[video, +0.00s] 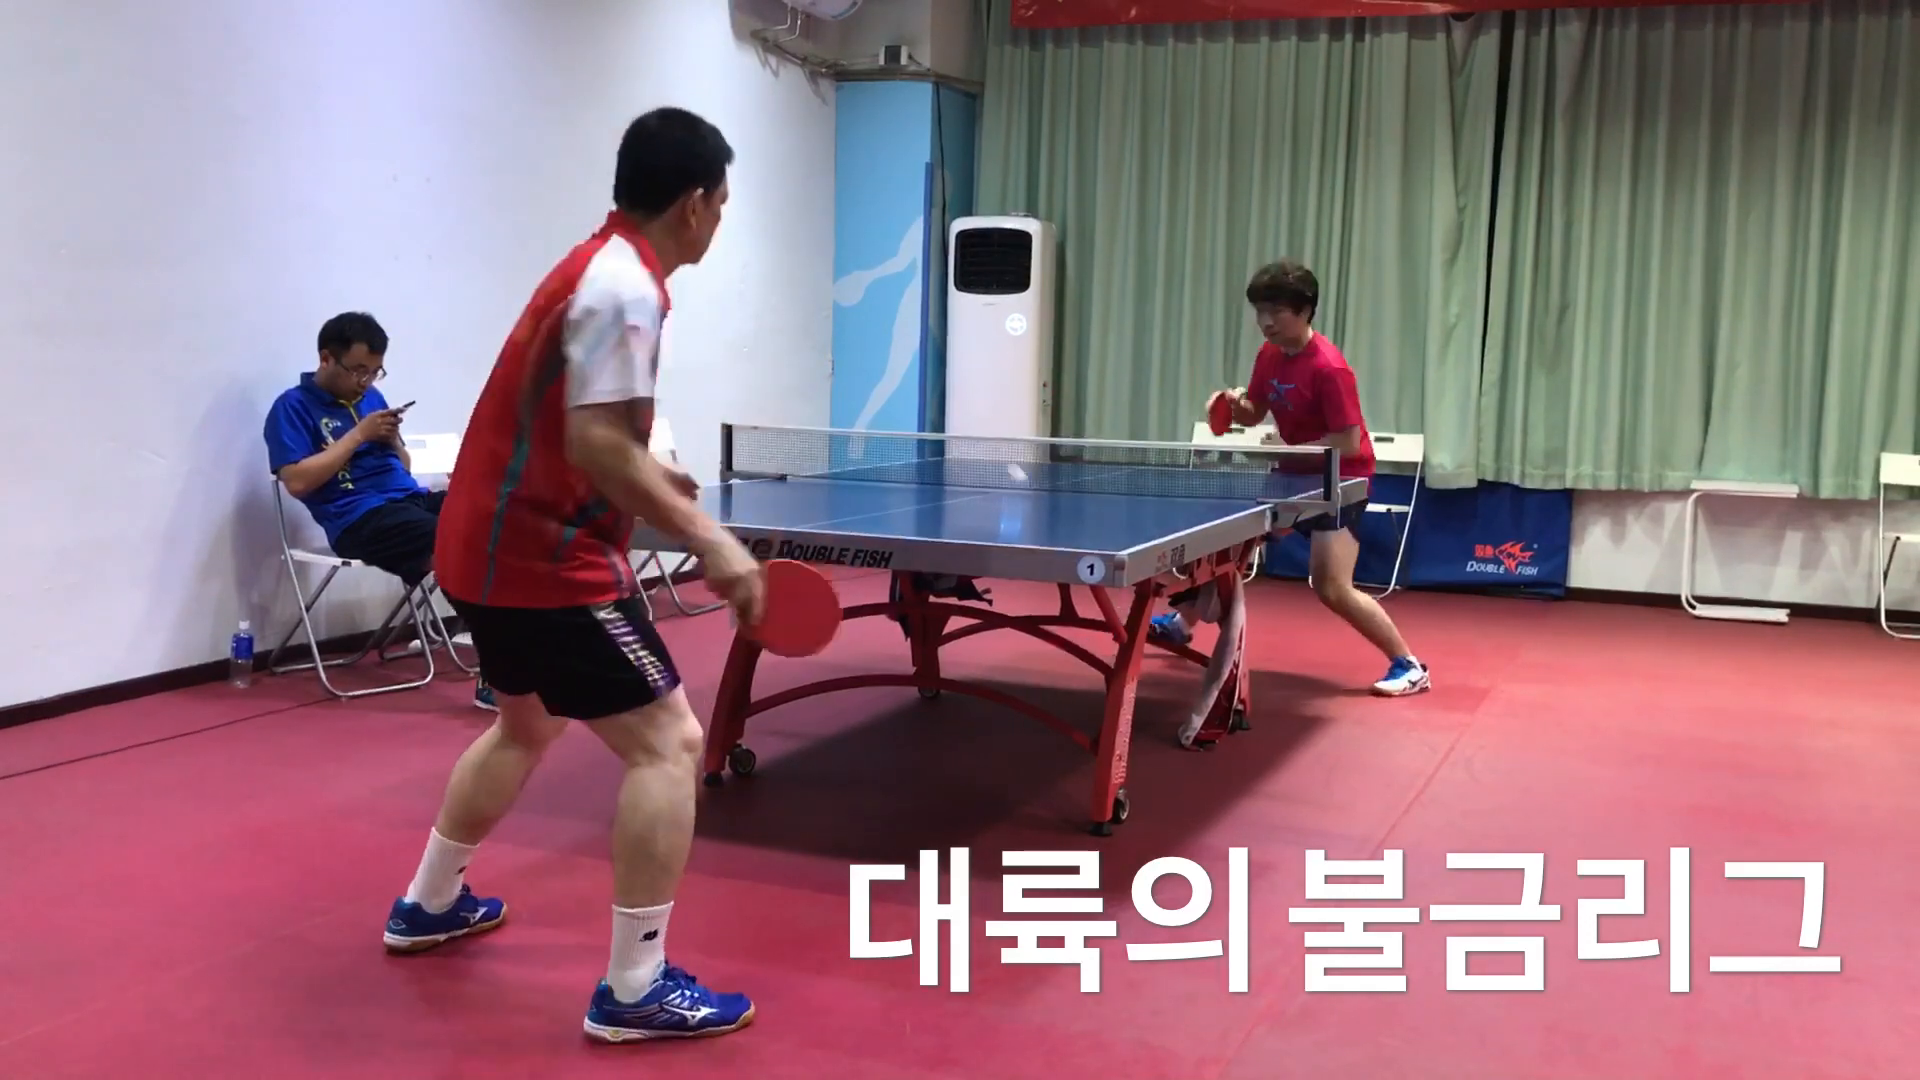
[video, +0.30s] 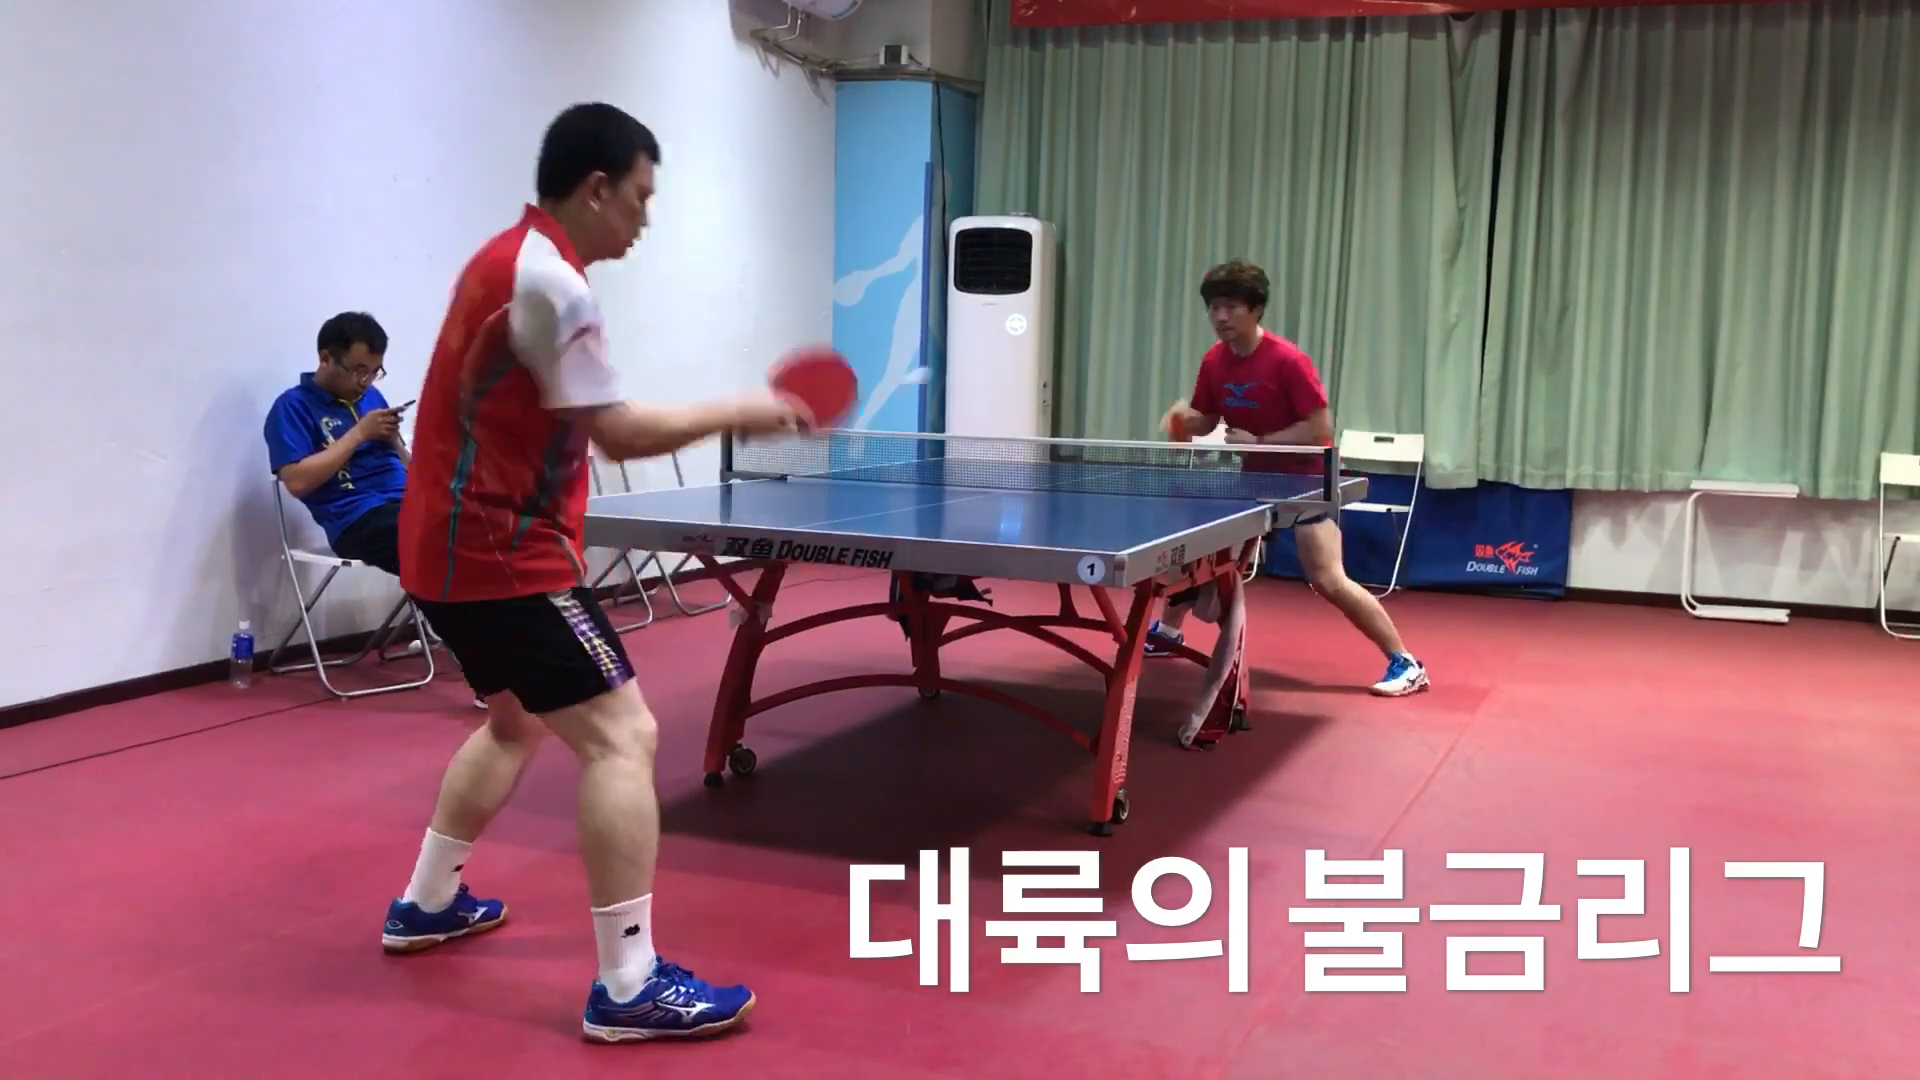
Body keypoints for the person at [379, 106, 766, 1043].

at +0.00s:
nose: (720, 218)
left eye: (723, 201)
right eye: (720, 200)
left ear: (638, 192)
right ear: (692, 202)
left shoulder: (597, 265)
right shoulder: (623, 285)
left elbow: (569, 421)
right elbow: (602, 448)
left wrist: (645, 462)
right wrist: (717, 547)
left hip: (487, 551)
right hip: (542, 565)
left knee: (523, 726)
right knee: (668, 743)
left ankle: (428, 901)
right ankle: (635, 986)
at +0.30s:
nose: (646, 218)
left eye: (649, 199)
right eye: (639, 196)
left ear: (573, 189)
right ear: (589, 186)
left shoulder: (506, 259)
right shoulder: (548, 280)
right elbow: (616, 433)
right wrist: (740, 412)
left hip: (448, 552)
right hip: (503, 557)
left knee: (515, 724)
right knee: (622, 735)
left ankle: (427, 900)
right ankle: (629, 984)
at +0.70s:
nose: (598, 173)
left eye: (595, 157)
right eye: (597, 157)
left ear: (505, 156)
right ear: (578, 160)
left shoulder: (437, 248)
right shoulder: (584, 255)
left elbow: (418, 382)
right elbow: (648, 409)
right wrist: (682, 393)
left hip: (426, 537)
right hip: (528, 536)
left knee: (471, 713)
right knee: (628, 725)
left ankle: (421, 900)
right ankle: (618, 973)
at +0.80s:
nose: (625, 182)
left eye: (623, 166)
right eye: (625, 166)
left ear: (530, 162)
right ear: (607, 168)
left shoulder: (468, 251)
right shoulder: (597, 261)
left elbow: (460, 406)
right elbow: (661, 413)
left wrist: (575, 463)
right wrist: (718, 435)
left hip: (433, 539)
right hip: (532, 546)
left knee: (472, 709)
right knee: (632, 734)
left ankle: (415, 899)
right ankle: (618, 984)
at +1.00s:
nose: (677, 226)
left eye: (676, 207)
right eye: (672, 207)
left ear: (596, 205)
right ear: (638, 209)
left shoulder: (546, 280)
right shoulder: (580, 297)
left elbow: (563, 457)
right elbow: (566, 456)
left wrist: (681, 526)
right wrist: (693, 525)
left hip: (442, 564)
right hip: (511, 576)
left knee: (492, 719)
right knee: (649, 744)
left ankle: (409, 901)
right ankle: (616, 988)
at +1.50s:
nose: (616, 192)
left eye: (614, 178)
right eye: (615, 179)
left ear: (518, 179)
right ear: (598, 184)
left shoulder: (458, 266)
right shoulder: (612, 281)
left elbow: (423, 391)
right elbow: (698, 424)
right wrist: (706, 380)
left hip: (428, 544)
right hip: (540, 554)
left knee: (448, 703)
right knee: (646, 743)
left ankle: (408, 898)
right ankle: (609, 979)